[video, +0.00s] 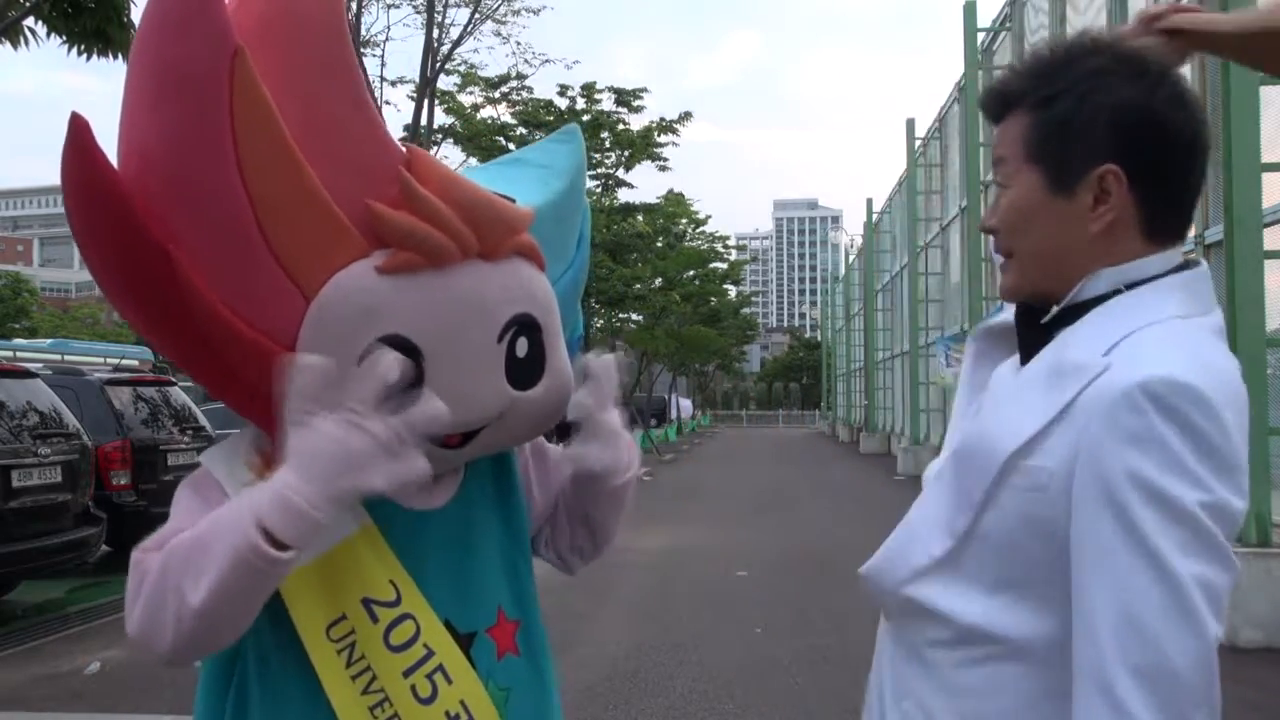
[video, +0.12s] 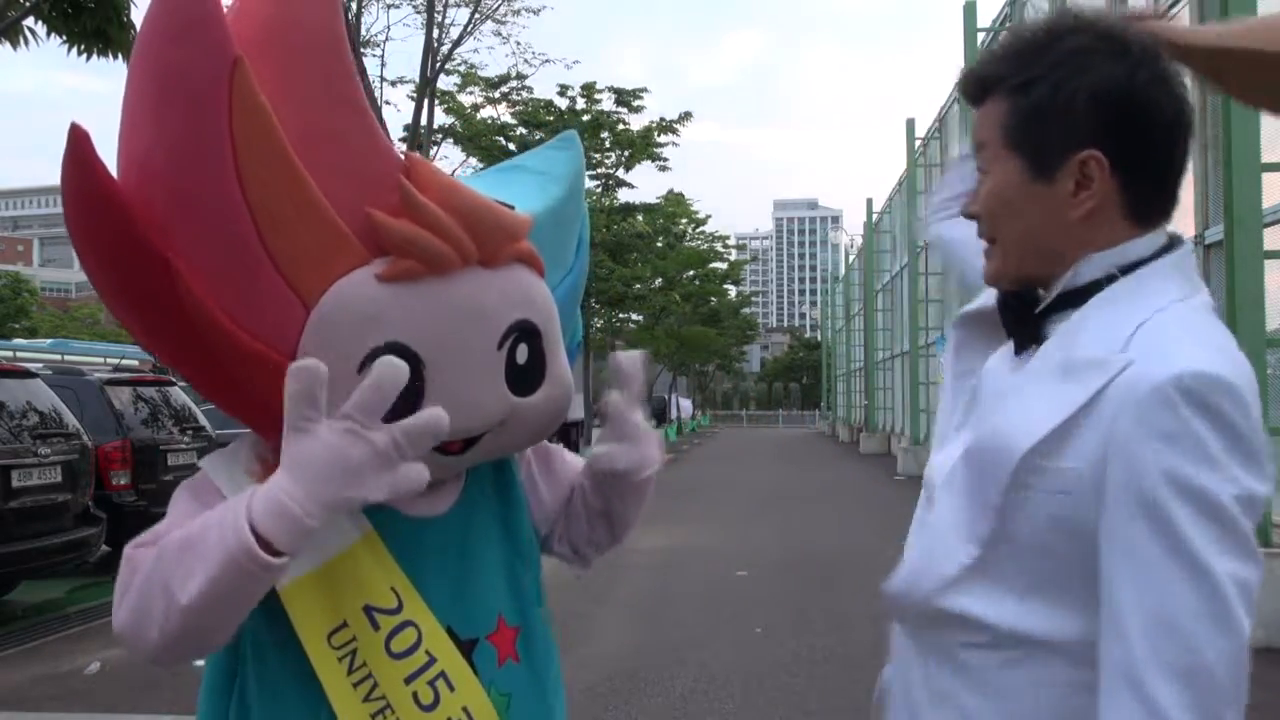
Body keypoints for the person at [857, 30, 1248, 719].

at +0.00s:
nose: (986, 219)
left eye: (1002, 184)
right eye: (992, 187)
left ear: (1102, 198)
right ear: (1099, 200)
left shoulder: (1153, 385)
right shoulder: (1074, 337)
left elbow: (1145, 699)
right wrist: (1118, 71)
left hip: (989, 703)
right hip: (917, 691)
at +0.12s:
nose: (969, 202)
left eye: (987, 166)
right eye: (978, 166)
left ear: (1083, 183)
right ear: (1083, 186)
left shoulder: (1176, 378)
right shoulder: (1045, 313)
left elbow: (1172, 699)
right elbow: (948, 213)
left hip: (1021, 703)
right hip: (921, 688)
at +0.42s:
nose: (1058, 197)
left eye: (1082, 159)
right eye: (1067, 162)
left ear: (1184, 179)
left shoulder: (1256, 382)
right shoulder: (1060, 319)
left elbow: (1247, 694)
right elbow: (919, 365)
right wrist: (750, 326)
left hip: (1087, 705)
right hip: (947, 688)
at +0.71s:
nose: (1102, 225)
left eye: (1131, 190)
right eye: (1107, 192)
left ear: (1255, 211)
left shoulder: (1269, 376)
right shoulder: (1094, 347)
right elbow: (980, 488)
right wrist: (822, 536)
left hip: (1194, 704)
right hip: (1042, 697)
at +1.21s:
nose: (1118, 244)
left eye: (1144, 211)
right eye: (1111, 218)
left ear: (1254, 210)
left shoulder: (1274, 358)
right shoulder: (1107, 382)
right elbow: (1062, 568)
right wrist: (984, 693)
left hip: (1267, 701)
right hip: (1168, 705)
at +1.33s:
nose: (1137, 239)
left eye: (1165, 205)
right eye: (1130, 214)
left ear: (1268, 203)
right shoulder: (1122, 379)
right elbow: (1076, 569)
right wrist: (998, 701)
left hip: (1268, 699)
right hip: (1177, 705)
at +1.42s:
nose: (1155, 235)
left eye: (1185, 202)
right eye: (1148, 209)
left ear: (1274, 200)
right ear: (1139, 215)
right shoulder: (1133, 377)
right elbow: (1086, 572)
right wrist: (1014, 709)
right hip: (1185, 705)